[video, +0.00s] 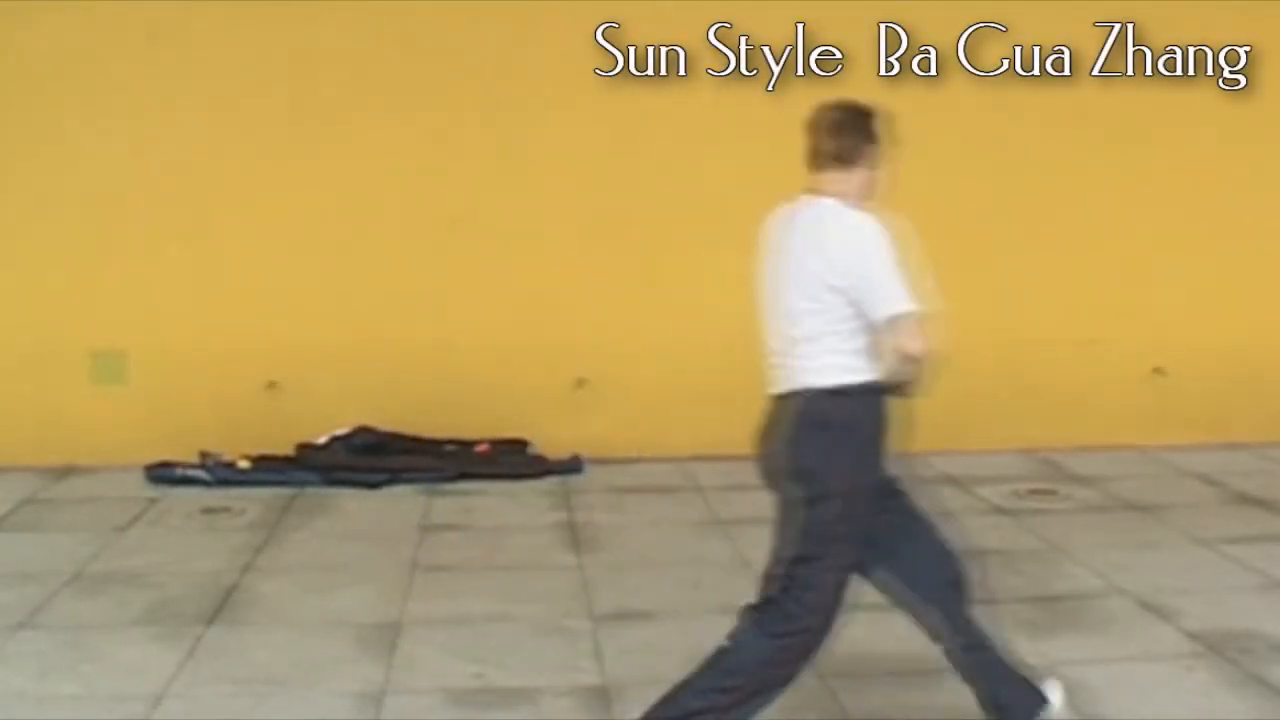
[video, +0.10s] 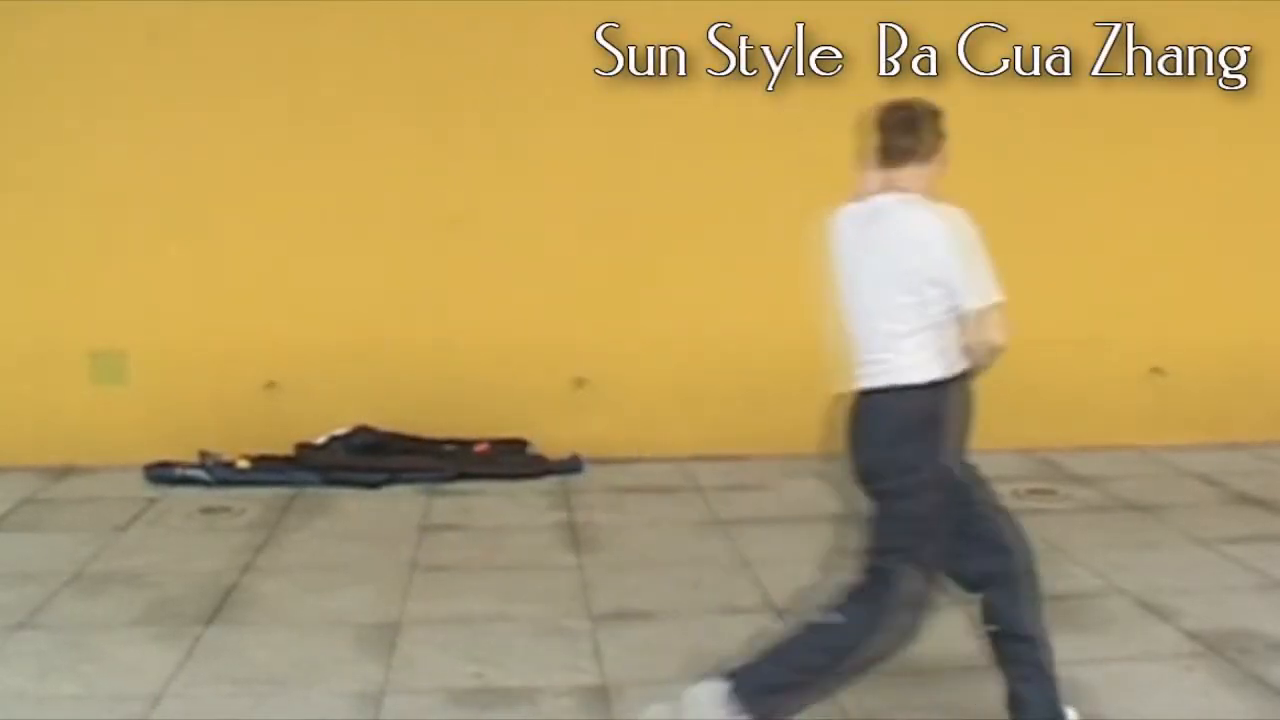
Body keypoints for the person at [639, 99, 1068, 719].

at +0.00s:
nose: (880, 176)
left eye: (878, 164)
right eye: (878, 164)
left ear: (817, 159)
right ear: (866, 162)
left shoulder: (781, 224)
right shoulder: (856, 228)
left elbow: (802, 331)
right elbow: (906, 346)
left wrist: (877, 358)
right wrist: (898, 379)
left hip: (794, 426)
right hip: (838, 429)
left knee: (926, 575)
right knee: (792, 620)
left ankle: (1023, 704)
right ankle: (672, 715)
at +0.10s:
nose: (942, 167)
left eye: (938, 158)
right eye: (941, 157)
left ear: (880, 152)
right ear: (934, 157)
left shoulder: (846, 223)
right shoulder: (941, 223)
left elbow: (867, 327)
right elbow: (987, 336)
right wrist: (941, 367)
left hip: (875, 420)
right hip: (923, 421)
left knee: (1001, 559)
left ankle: (1041, 710)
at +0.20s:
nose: (988, 152)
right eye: (988, 143)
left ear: (925, 146)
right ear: (984, 145)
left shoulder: (888, 215)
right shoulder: (994, 214)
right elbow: (1043, 321)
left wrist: (884, 183)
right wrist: (991, 346)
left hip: (915, 414)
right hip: (974, 410)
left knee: (1014, 566)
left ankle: (1043, 707)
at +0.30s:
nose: (1024, 150)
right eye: (1028, 140)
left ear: (973, 140)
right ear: (1030, 141)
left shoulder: (937, 205)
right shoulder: (1051, 209)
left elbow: (899, 216)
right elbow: (1093, 310)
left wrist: (899, 181)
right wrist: (1045, 342)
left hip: (959, 400)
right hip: (1030, 396)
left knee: (1027, 548)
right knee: (1107, 539)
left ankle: (1038, 682)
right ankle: (1075, 678)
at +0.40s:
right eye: (1056, 142)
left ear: (1006, 144)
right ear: (1064, 144)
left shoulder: (975, 208)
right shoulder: (1091, 212)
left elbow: (928, 223)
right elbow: (1131, 310)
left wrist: (914, 187)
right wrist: (1077, 344)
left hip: (999, 398)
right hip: (1073, 394)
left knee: (1042, 566)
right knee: (1139, 530)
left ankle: (1043, 709)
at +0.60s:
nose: (1068, 170)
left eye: (1067, 161)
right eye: (1075, 161)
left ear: (1071, 164)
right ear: (1123, 164)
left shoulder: (1046, 225)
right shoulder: (1160, 230)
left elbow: (975, 224)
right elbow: (1187, 320)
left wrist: (935, 196)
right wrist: (1136, 341)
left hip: (1074, 401)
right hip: (1149, 397)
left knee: (1078, 538)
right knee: (1185, 511)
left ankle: (1053, 679)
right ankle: (1211, 631)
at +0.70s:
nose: (1085, 166)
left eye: (1086, 156)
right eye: (1087, 156)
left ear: (1099, 157)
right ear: (1143, 159)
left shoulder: (1074, 216)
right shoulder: (1184, 219)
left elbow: (993, 220)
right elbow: (1203, 304)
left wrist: (939, 195)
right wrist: (1157, 332)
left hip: (1098, 384)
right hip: (1173, 380)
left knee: (1110, 515)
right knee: (1195, 506)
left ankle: (1097, 611)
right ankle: (1210, 632)